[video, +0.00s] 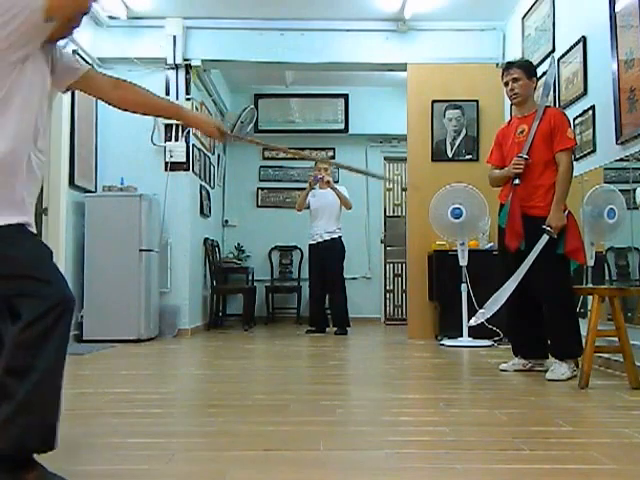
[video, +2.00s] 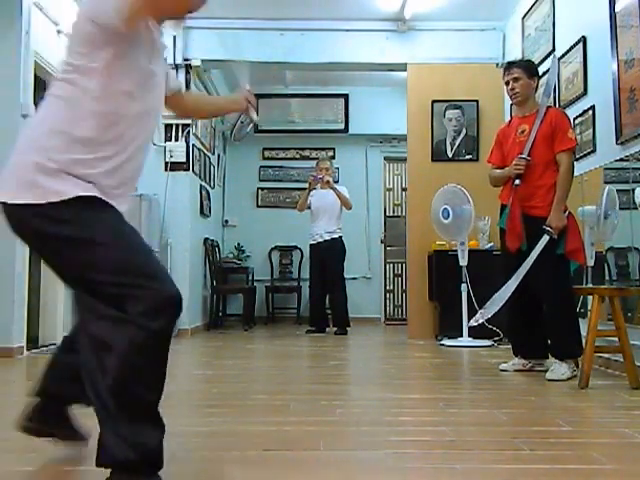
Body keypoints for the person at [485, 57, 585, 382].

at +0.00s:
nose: (511, 87)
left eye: (516, 80)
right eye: (506, 83)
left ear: (533, 83)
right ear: (504, 89)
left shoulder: (553, 117)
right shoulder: (504, 132)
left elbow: (565, 164)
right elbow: (493, 177)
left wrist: (557, 209)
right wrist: (508, 171)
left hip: (546, 214)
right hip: (513, 215)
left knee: (552, 284)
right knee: (519, 284)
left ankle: (565, 358)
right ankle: (529, 355)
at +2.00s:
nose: (511, 86)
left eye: (516, 80)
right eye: (507, 83)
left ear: (534, 82)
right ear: (505, 89)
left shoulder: (554, 117)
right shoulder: (505, 131)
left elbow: (566, 165)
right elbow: (493, 177)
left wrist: (558, 210)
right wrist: (509, 171)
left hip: (547, 215)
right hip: (514, 216)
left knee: (553, 285)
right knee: (520, 284)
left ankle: (565, 358)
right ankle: (529, 355)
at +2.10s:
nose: (511, 86)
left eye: (516, 79)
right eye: (507, 82)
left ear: (534, 82)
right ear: (505, 89)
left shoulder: (554, 117)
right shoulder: (505, 131)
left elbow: (566, 165)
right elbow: (493, 177)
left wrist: (558, 209)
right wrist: (509, 171)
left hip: (547, 214)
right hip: (514, 215)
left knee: (553, 285)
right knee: (520, 285)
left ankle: (566, 358)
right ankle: (529, 355)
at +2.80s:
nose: (513, 86)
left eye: (519, 80)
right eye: (509, 83)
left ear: (536, 82)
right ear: (507, 89)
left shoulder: (555, 117)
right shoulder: (506, 131)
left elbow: (567, 164)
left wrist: (559, 209)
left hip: (547, 214)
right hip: (514, 216)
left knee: (553, 284)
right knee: (520, 284)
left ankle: (566, 358)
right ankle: (529, 354)